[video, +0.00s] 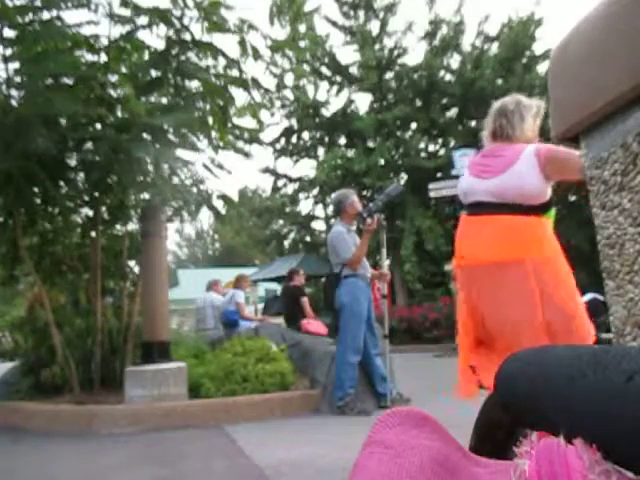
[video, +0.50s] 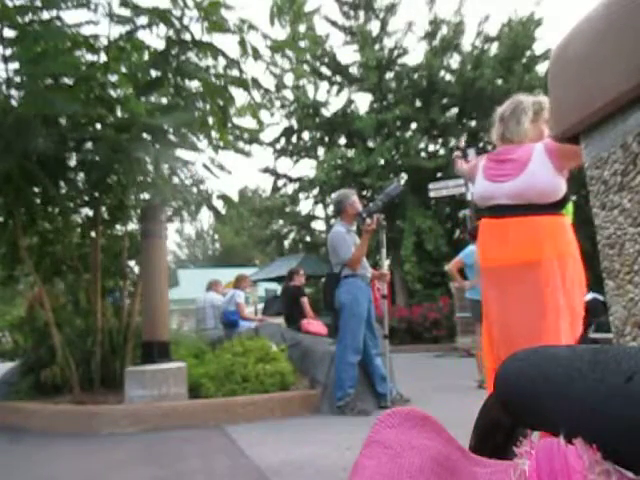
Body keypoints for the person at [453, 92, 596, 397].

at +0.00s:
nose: (538, 129)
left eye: (537, 123)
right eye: (536, 123)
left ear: (493, 127)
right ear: (527, 126)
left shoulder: (475, 161)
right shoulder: (537, 155)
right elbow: (592, 166)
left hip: (474, 247)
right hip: (524, 247)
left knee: (493, 332)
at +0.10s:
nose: (542, 128)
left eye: (542, 122)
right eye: (539, 122)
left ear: (496, 127)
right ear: (529, 125)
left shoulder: (478, 161)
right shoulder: (540, 152)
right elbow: (583, 157)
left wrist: (464, 254)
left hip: (482, 244)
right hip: (532, 244)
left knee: (496, 321)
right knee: (545, 314)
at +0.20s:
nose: (544, 130)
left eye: (543, 123)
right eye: (541, 123)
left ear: (497, 126)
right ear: (530, 125)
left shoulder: (480, 160)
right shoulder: (543, 151)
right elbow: (588, 155)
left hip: (485, 245)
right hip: (534, 244)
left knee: (497, 324)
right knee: (545, 318)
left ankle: (505, 399)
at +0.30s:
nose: (547, 129)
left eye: (547, 123)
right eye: (544, 123)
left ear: (499, 127)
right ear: (533, 125)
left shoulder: (481, 162)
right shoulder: (546, 151)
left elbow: (470, 167)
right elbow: (590, 152)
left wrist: (474, 157)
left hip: (489, 241)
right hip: (538, 240)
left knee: (497, 321)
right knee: (547, 317)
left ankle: (504, 396)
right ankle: (552, 394)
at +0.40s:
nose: (549, 127)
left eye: (549, 120)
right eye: (545, 120)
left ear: (503, 126)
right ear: (532, 123)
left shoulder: (483, 162)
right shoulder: (548, 150)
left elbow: (464, 168)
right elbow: (589, 149)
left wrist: (465, 153)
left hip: (492, 243)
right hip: (541, 242)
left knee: (498, 321)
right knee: (548, 318)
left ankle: (503, 395)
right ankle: (549, 394)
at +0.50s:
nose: (550, 129)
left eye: (550, 122)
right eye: (546, 122)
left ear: (503, 128)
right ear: (534, 124)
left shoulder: (484, 163)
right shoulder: (549, 151)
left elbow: (466, 169)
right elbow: (589, 149)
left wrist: (460, 163)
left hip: (495, 239)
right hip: (543, 238)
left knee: (502, 319)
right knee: (552, 316)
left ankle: (505, 394)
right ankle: (552, 393)